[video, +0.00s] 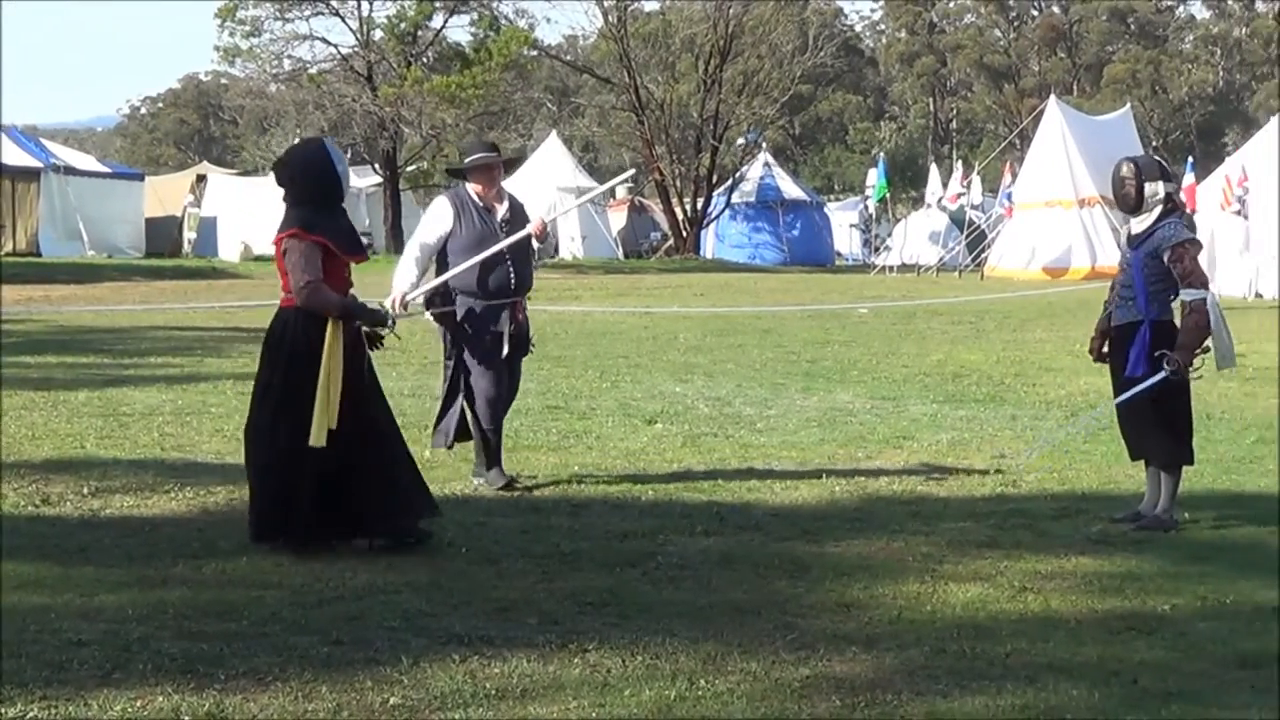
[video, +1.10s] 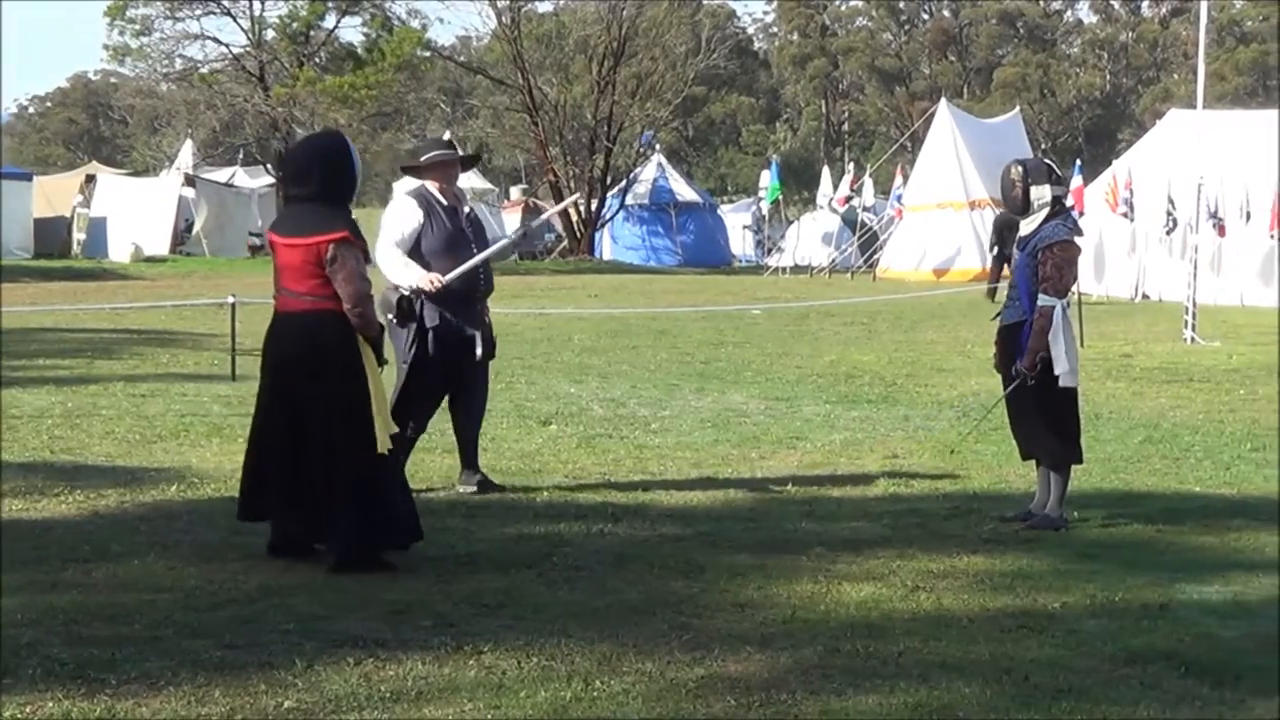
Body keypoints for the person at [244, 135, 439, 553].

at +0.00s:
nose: (345, 180)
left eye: (342, 172)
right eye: (338, 172)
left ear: (301, 181)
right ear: (320, 179)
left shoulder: (321, 226)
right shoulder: (300, 229)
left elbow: (326, 288)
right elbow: (308, 291)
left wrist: (358, 320)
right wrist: (360, 310)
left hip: (331, 334)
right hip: (308, 336)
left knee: (346, 425)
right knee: (312, 429)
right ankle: (311, 523)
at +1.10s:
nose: (356, 176)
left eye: (353, 167)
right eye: (351, 168)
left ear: (295, 177)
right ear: (340, 177)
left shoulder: (281, 227)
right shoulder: (337, 232)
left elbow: (289, 285)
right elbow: (356, 302)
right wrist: (376, 336)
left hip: (285, 332)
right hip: (329, 337)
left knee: (293, 432)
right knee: (344, 434)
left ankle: (288, 532)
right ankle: (354, 543)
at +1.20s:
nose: (355, 177)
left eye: (354, 169)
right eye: (351, 170)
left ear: (295, 175)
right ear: (340, 176)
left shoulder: (276, 226)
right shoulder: (338, 230)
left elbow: (282, 282)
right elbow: (358, 304)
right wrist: (374, 338)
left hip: (279, 332)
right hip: (326, 337)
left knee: (284, 433)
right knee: (342, 435)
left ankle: (276, 534)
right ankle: (348, 545)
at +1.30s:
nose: (351, 178)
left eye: (350, 170)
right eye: (347, 171)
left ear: (291, 175)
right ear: (337, 177)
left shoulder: (272, 226)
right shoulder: (333, 231)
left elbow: (276, 281)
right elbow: (353, 304)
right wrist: (369, 338)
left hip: (274, 333)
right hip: (321, 338)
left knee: (276, 434)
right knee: (338, 435)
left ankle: (269, 536)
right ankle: (346, 543)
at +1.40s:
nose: (342, 177)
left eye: (340, 169)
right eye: (338, 170)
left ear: (281, 176)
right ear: (327, 177)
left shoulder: (265, 225)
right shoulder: (323, 231)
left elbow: (270, 278)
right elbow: (341, 305)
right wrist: (360, 339)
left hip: (268, 335)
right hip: (314, 340)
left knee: (272, 438)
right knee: (328, 438)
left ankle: (266, 544)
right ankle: (340, 546)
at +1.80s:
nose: (310, 181)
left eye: (307, 172)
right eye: (307, 173)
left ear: (253, 175)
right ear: (297, 179)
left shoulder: (232, 227)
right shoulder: (294, 233)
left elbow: (245, 279)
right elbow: (315, 304)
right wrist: (333, 340)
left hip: (243, 336)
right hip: (289, 341)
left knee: (248, 436)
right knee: (302, 437)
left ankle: (249, 541)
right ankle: (311, 543)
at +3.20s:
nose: (303, 184)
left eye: (302, 175)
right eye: (300, 176)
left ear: (244, 176)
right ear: (289, 180)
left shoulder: (225, 233)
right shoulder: (294, 235)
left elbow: (226, 302)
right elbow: (323, 305)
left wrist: (252, 323)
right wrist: (341, 342)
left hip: (243, 345)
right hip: (295, 347)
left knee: (251, 441)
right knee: (309, 443)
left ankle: (255, 546)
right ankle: (318, 545)